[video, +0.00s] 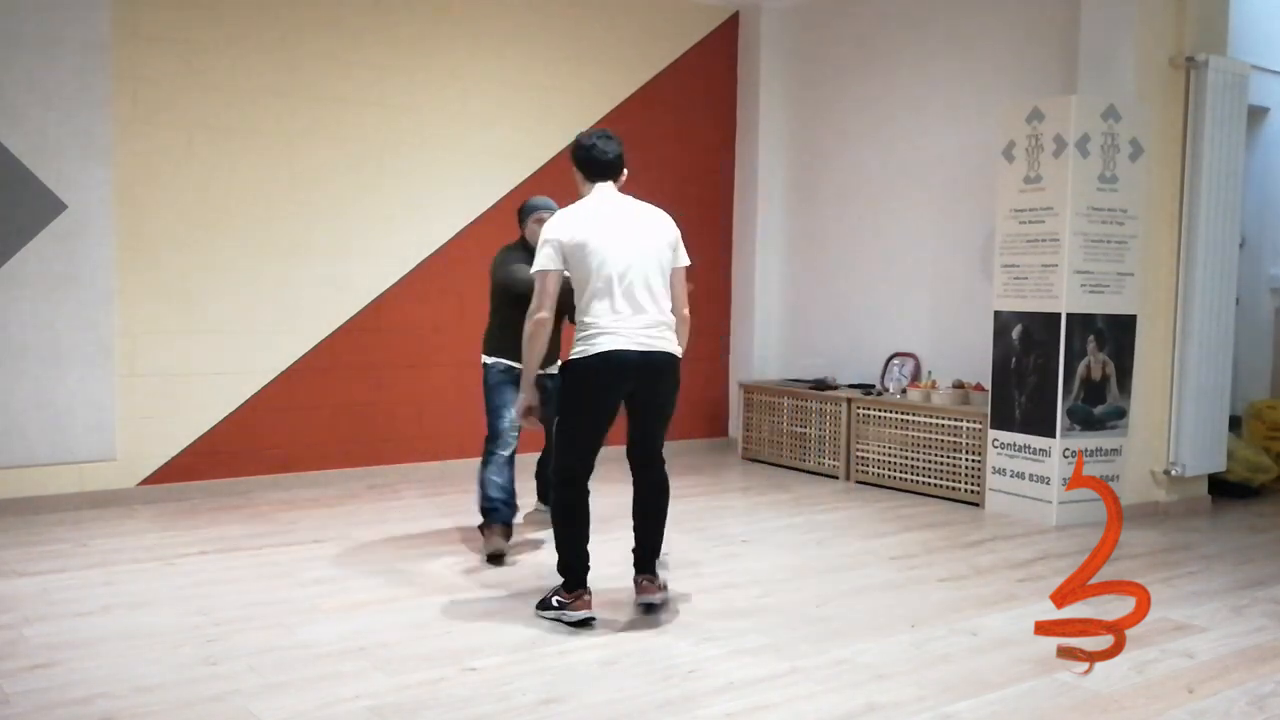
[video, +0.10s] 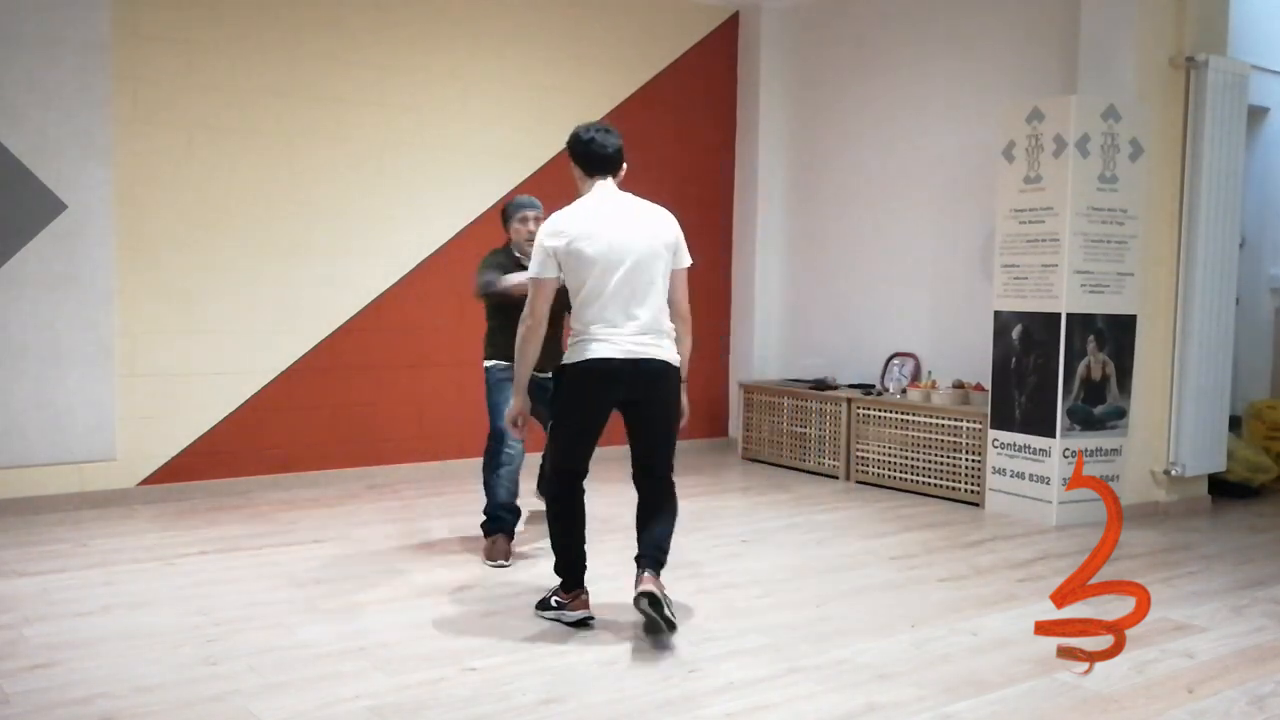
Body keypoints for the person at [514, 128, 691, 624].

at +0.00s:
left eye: (577, 172)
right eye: (622, 167)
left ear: (576, 173)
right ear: (624, 171)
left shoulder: (562, 225)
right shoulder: (663, 221)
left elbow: (543, 313)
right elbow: (681, 309)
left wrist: (528, 386)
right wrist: (670, 364)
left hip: (594, 362)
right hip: (659, 360)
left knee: (568, 472)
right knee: (649, 460)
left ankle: (575, 590)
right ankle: (647, 576)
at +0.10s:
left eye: (572, 167)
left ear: (573, 168)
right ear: (623, 166)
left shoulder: (559, 226)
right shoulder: (663, 221)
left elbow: (534, 319)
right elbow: (681, 313)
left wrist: (519, 392)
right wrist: (680, 381)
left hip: (588, 372)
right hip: (656, 371)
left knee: (562, 476)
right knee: (656, 477)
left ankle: (573, 592)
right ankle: (649, 576)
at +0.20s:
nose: (585, 173)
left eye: (581, 165)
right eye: (624, 160)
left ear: (580, 167)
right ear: (633, 165)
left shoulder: (563, 232)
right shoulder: (674, 225)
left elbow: (541, 326)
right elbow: (686, 319)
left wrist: (524, 398)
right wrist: (691, 388)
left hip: (584, 382)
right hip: (656, 381)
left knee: (564, 481)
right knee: (658, 492)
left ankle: (575, 589)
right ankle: (649, 588)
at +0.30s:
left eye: (595, 194)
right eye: (638, 191)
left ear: (591, 199)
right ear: (645, 196)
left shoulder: (568, 265)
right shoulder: (681, 261)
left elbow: (546, 355)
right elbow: (703, 352)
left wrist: (529, 426)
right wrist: (701, 410)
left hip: (585, 415)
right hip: (656, 417)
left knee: (578, 486)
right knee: (652, 535)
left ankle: (587, 590)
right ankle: (631, 648)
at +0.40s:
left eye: (604, 231)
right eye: (641, 229)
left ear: (598, 236)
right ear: (651, 235)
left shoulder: (570, 302)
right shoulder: (683, 302)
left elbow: (545, 397)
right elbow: (710, 392)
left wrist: (528, 464)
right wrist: (709, 441)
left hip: (587, 456)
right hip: (658, 458)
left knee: (590, 493)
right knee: (653, 566)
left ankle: (605, 593)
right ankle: (630, 672)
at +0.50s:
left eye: (604, 245)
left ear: (601, 251)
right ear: (653, 252)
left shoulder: (568, 309)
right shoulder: (680, 314)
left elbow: (543, 405)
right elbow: (706, 411)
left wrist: (531, 478)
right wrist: (703, 463)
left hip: (581, 458)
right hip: (652, 461)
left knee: (582, 484)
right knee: (650, 568)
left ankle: (603, 592)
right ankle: (630, 667)